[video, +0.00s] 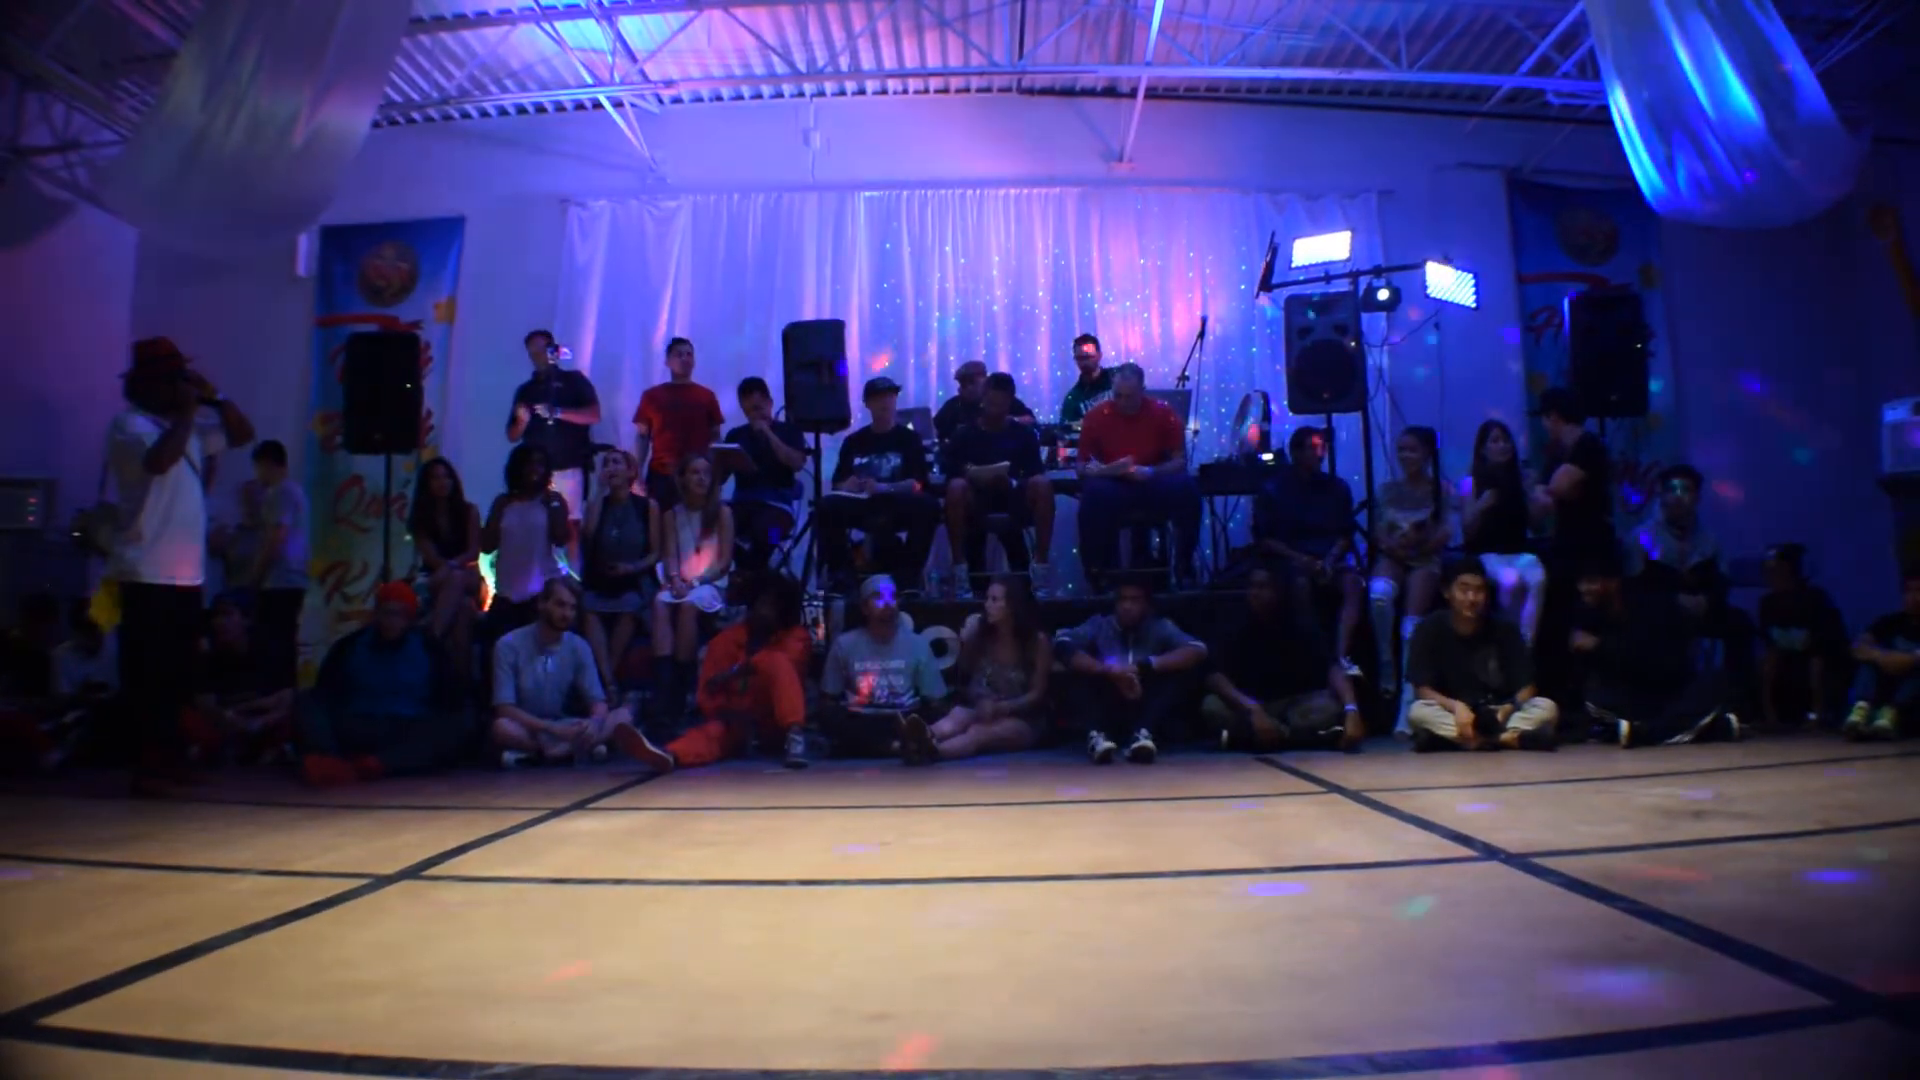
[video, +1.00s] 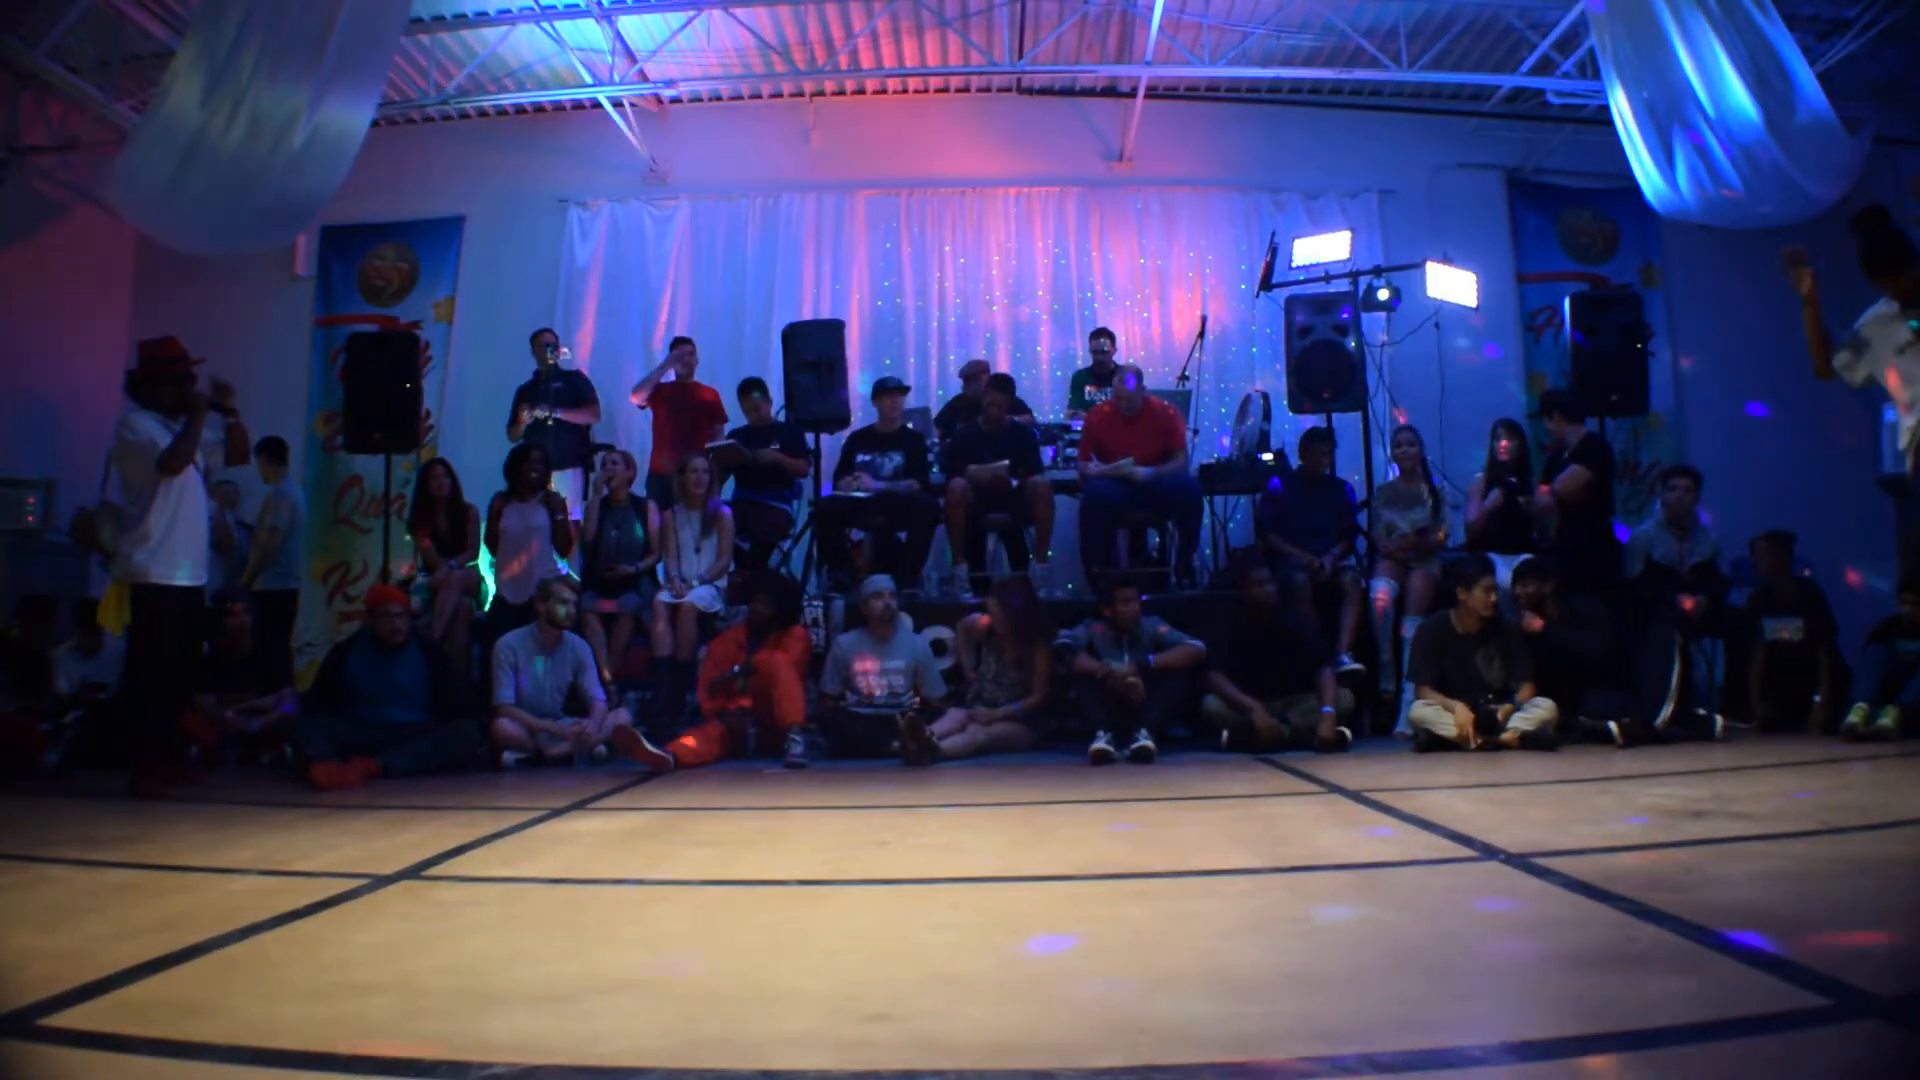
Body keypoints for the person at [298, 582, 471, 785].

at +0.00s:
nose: (391, 621)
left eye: (398, 614)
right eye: (386, 613)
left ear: (411, 617)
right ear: (376, 614)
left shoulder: (427, 650)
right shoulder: (349, 647)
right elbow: (326, 691)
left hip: (410, 726)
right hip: (353, 725)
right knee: (308, 705)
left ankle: (383, 763)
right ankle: (327, 760)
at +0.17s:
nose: (386, 623)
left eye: (394, 616)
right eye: (382, 614)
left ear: (409, 618)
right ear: (374, 614)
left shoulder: (427, 651)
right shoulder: (345, 649)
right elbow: (316, 698)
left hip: (411, 730)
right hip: (352, 728)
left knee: (463, 728)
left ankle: (372, 766)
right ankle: (323, 761)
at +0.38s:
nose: (385, 626)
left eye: (392, 619)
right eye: (380, 617)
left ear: (406, 621)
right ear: (370, 617)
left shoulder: (426, 653)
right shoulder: (344, 652)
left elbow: (445, 699)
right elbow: (315, 699)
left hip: (411, 732)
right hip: (352, 731)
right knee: (310, 717)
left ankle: (374, 767)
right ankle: (325, 764)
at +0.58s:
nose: (393, 627)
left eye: (399, 620)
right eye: (385, 620)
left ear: (408, 621)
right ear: (370, 621)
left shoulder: (426, 652)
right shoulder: (346, 653)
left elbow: (448, 699)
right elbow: (318, 704)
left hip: (415, 733)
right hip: (357, 731)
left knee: (467, 734)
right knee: (308, 724)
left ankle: (377, 767)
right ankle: (327, 765)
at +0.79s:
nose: (397, 626)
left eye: (401, 618)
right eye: (388, 619)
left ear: (409, 619)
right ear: (371, 621)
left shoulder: (427, 652)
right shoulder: (346, 654)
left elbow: (449, 697)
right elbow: (319, 704)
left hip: (417, 734)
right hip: (359, 733)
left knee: (466, 734)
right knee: (309, 724)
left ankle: (378, 767)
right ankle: (328, 766)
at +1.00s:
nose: (397, 624)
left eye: (402, 617)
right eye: (389, 617)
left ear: (410, 618)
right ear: (372, 619)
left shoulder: (427, 652)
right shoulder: (346, 653)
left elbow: (445, 699)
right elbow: (319, 704)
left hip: (415, 733)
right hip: (358, 732)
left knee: (467, 734)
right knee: (307, 725)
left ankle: (377, 767)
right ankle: (328, 766)